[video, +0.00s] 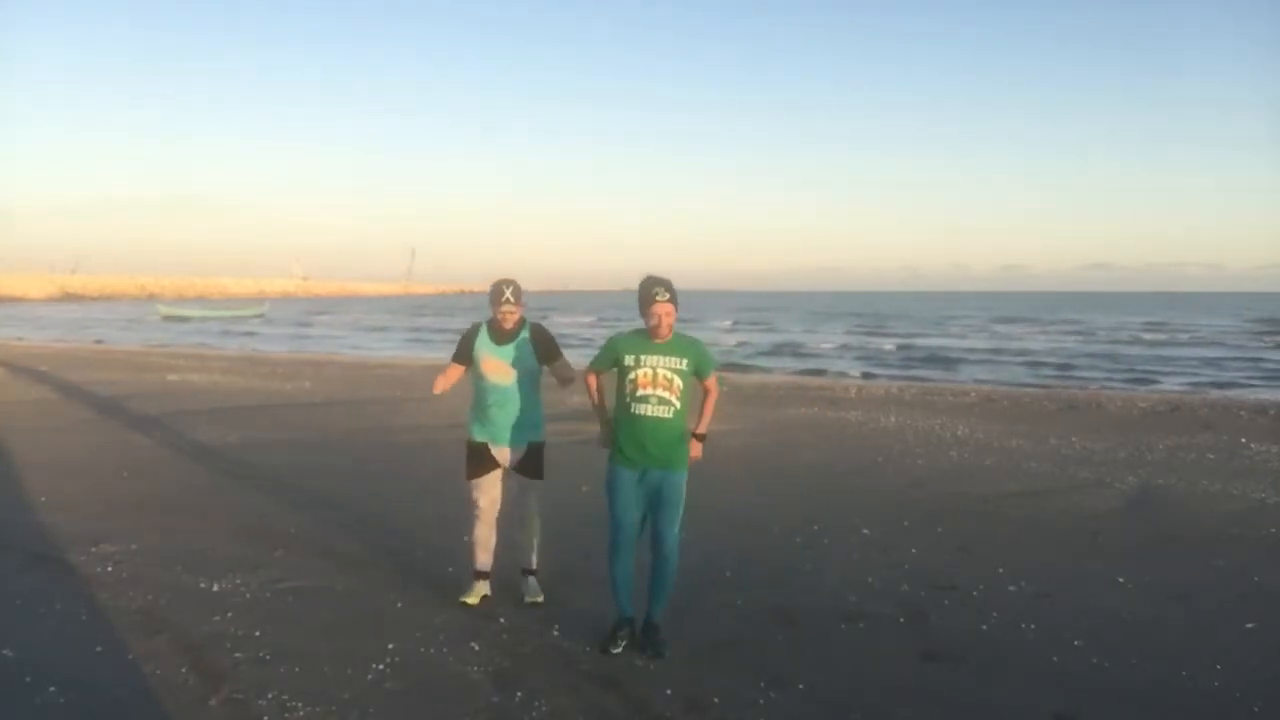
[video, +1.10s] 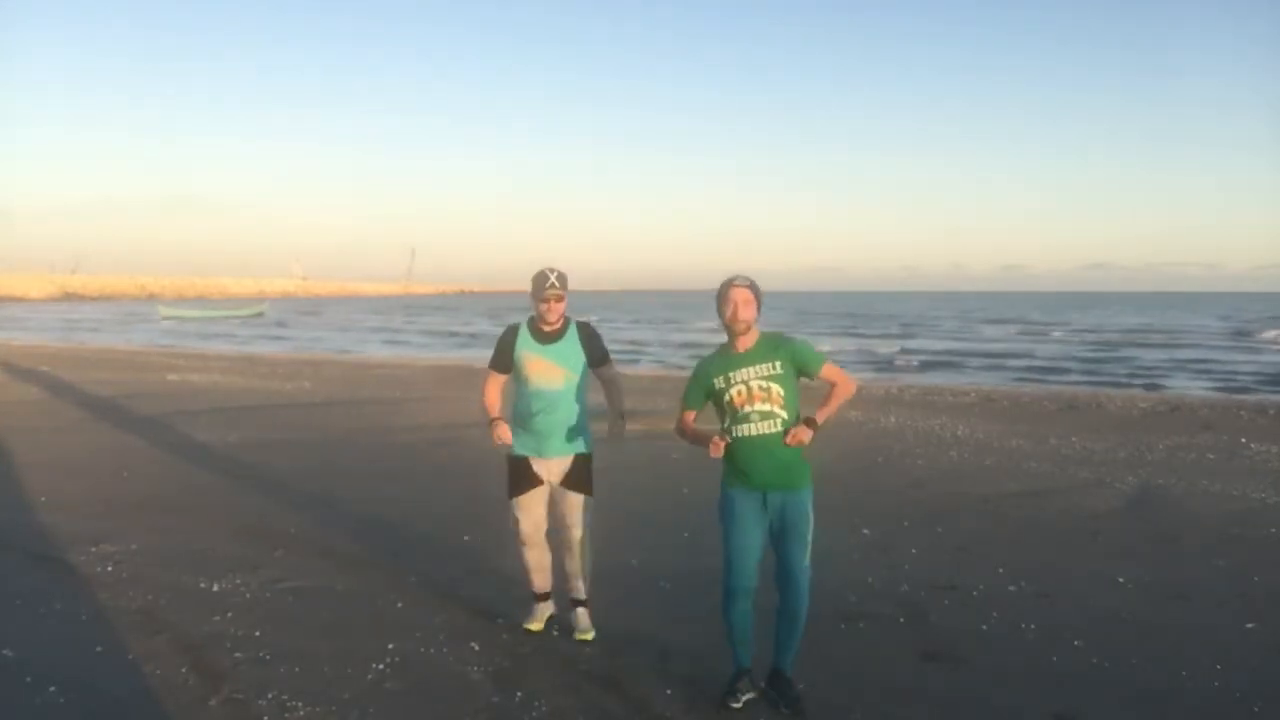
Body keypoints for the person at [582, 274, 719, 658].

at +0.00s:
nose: (661, 319)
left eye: (666, 311)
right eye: (654, 312)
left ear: (675, 312)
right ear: (643, 312)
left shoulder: (694, 351)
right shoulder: (621, 345)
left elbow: (712, 388)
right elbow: (592, 376)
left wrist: (699, 433)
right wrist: (604, 423)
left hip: (672, 462)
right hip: (627, 459)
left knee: (667, 544)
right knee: (622, 541)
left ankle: (653, 623)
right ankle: (623, 620)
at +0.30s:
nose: (666, 335)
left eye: (668, 328)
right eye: (658, 329)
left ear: (672, 330)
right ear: (639, 332)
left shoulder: (688, 374)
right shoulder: (614, 374)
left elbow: (695, 428)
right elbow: (596, 427)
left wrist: (697, 467)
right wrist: (605, 462)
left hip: (674, 481)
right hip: (627, 482)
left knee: (690, 553)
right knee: (620, 558)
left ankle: (676, 622)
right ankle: (623, 624)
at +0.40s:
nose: (673, 338)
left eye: (674, 330)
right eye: (665, 332)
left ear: (674, 332)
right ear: (644, 336)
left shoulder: (690, 375)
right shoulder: (617, 379)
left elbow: (708, 427)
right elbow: (596, 436)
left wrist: (705, 449)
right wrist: (617, 449)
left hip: (678, 484)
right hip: (630, 487)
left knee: (705, 553)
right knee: (620, 563)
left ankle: (719, 640)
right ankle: (625, 626)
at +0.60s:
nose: (693, 329)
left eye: (695, 321)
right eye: (684, 323)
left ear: (698, 325)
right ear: (666, 330)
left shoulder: (720, 366)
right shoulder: (643, 374)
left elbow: (752, 418)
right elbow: (617, 432)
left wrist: (734, 419)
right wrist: (656, 426)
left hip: (710, 491)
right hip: (658, 491)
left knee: (738, 572)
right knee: (633, 563)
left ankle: (765, 660)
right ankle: (625, 624)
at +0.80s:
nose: (713, 320)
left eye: (719, 312)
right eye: (705, 314)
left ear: (728, 317)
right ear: (692, 321)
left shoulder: (756, 361)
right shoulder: (680, 371)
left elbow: (791, 414)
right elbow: (663, 435)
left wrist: (769, 439)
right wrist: (686, 454)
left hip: (750, 488)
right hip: (699, 488)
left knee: (771, 576)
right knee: (672, 561)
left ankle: (776, 671)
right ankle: (641, 621)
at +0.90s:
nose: (725, 321)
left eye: (731, 313)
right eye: (717, 315)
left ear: (745, 319)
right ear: (708, 325)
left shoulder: (777, 367)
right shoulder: (700, 379)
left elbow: (815, 420)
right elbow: (688, 442)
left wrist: (798, 464)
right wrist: (702, 473)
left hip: (774, 492)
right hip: (723, 496)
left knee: (787, 586)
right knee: (710, 581)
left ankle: (779, 675)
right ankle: (688, 637)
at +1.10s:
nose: (737, 310)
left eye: (744, 303)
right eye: (729, 304)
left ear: (758, 309)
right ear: (719, 312)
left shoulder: (788, 349)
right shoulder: (709, 368)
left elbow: (845, 383)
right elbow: (684, 423)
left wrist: (814, 422)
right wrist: (705, 441)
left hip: (792, 484)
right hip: (742, 486)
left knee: (796, 583)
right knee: (739, 583)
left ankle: (782, 675)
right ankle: (742, 675)